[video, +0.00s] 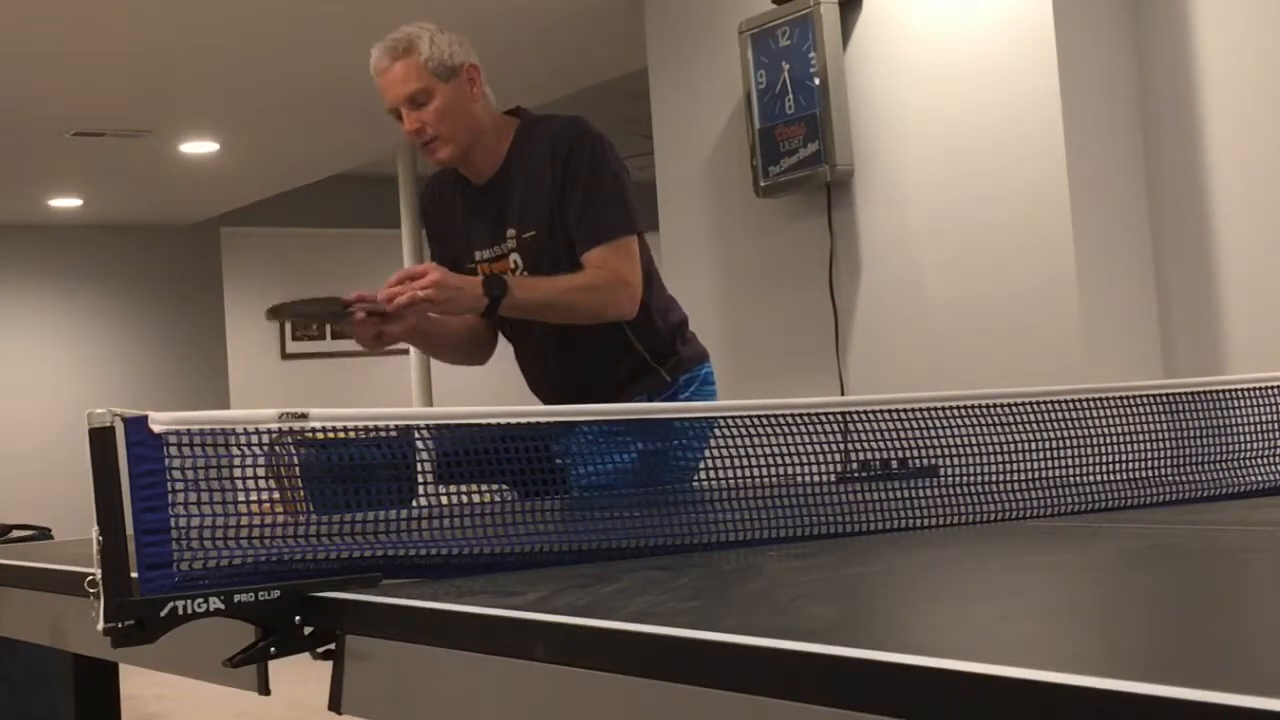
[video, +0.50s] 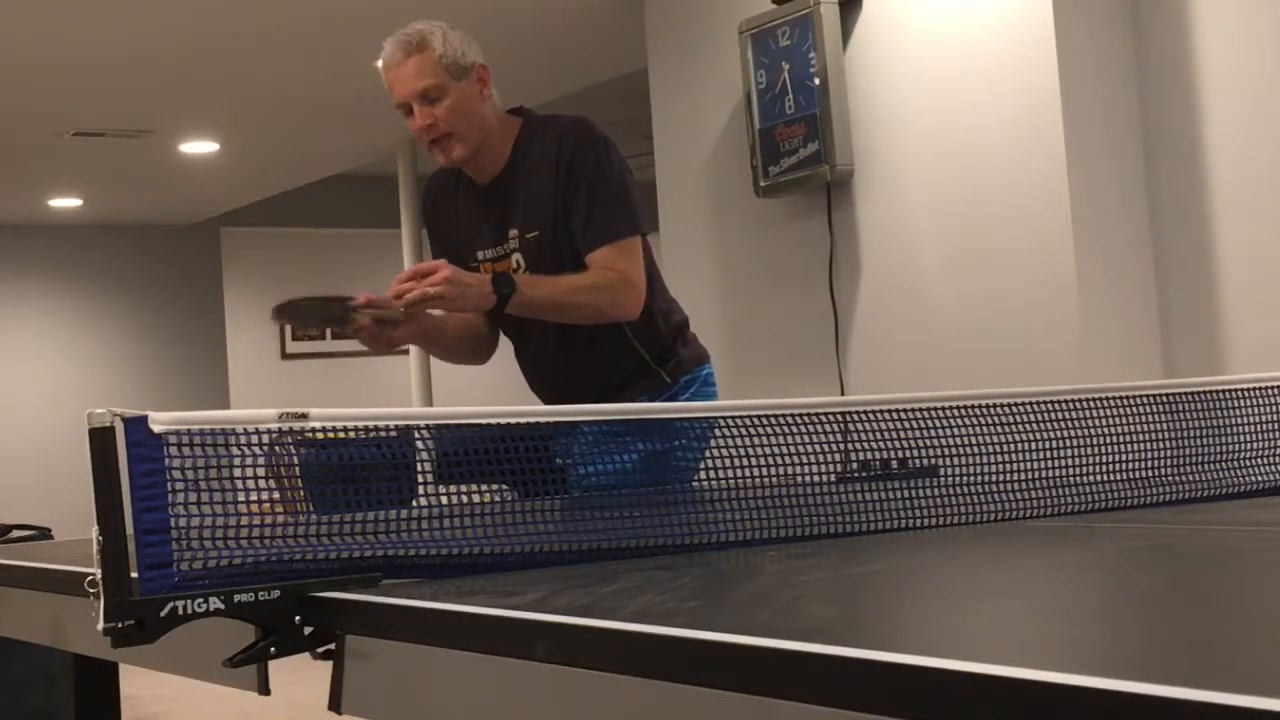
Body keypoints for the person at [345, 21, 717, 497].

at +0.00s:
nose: (410, 127)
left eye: (420, 101)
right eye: (397, 115)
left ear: (471, 82)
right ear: (393, 121)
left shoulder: (570, 145)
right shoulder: (442, 198)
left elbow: (619, 293)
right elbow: (478, 345)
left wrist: (480, 293)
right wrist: (413, 327)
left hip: (665, 393)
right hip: (578, 414)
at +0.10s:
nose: (411, 127)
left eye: (420, 102)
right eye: (399, 114)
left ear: (472, 81)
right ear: (394, 120)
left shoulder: (571, 146)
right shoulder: (442, 198)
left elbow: (617, 294)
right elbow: (475, 346)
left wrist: (478, 297)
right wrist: (429, 331)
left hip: (665, 394)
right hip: (577, 414)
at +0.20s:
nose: (412, 127)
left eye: (421, 101)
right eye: (399, 114)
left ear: (473, 81)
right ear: (395, 119)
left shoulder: (571, 145)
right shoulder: (442, 198)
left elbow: (619, 292)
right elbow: (471, 347)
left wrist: (481, 297)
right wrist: (424, 324)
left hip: (667, 394)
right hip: (580, 414)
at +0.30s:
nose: (415, 125)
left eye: (425, 100)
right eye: (402, 112)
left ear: (475, 82)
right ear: (397, 118)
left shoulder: (573, 145)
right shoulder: (443, 198)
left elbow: (623, 291)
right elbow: (472, 346)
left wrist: (488, 293)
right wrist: (411, 327)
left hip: (667, 393)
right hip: (578, 413)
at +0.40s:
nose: (418, 125)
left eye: (429, 99)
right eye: (404, 112)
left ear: (479, 83)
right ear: (400, 117)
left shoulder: (573, 145)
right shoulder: (443, 197)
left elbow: (626, 293)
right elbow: (476, 345)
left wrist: (491, 290)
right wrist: (405, 326)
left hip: (666, 394)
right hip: (577, 412)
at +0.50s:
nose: (422, 122)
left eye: (432, 98)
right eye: (407, 111)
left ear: (481, 83)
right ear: (401, 118)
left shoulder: (574, 146)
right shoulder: (444, 196)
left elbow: (624, 293)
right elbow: (478, 344)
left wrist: (489, 291)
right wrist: (417, 328)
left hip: (665, 395)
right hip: (575, 413)